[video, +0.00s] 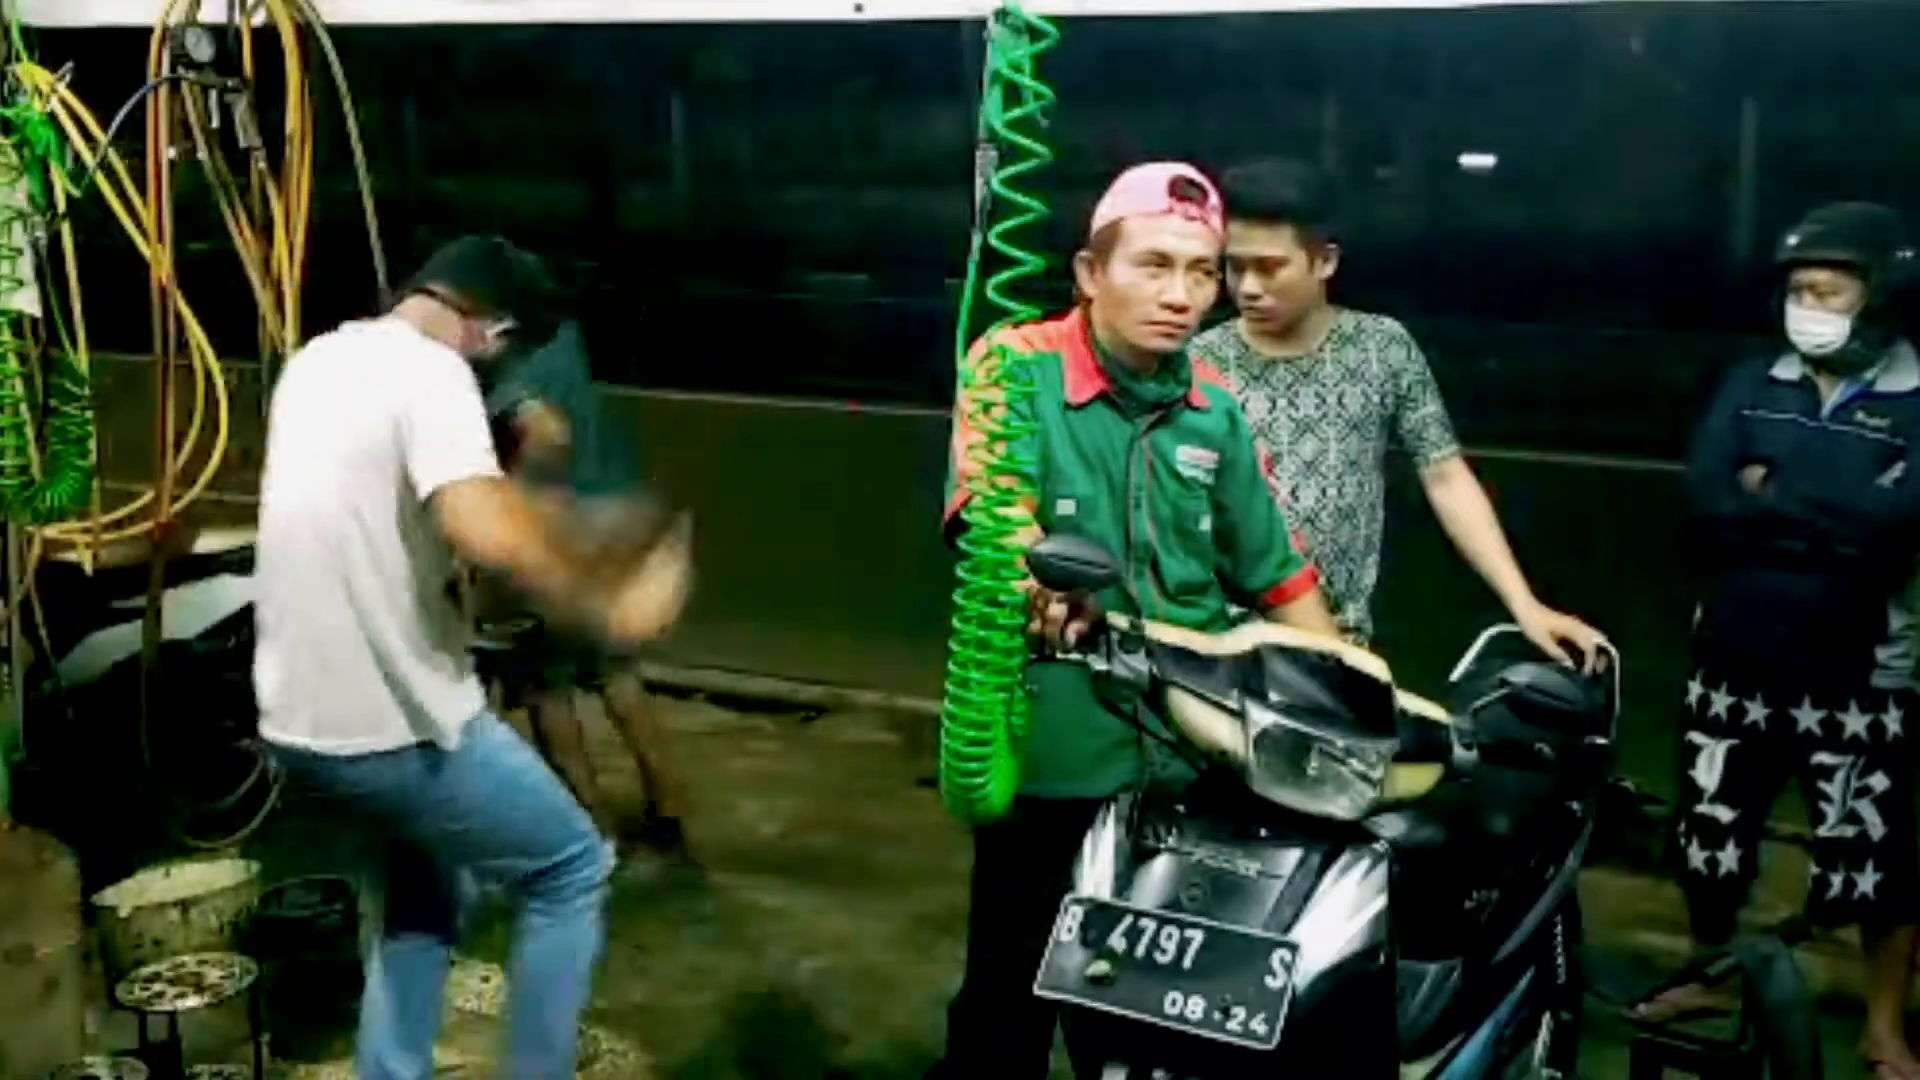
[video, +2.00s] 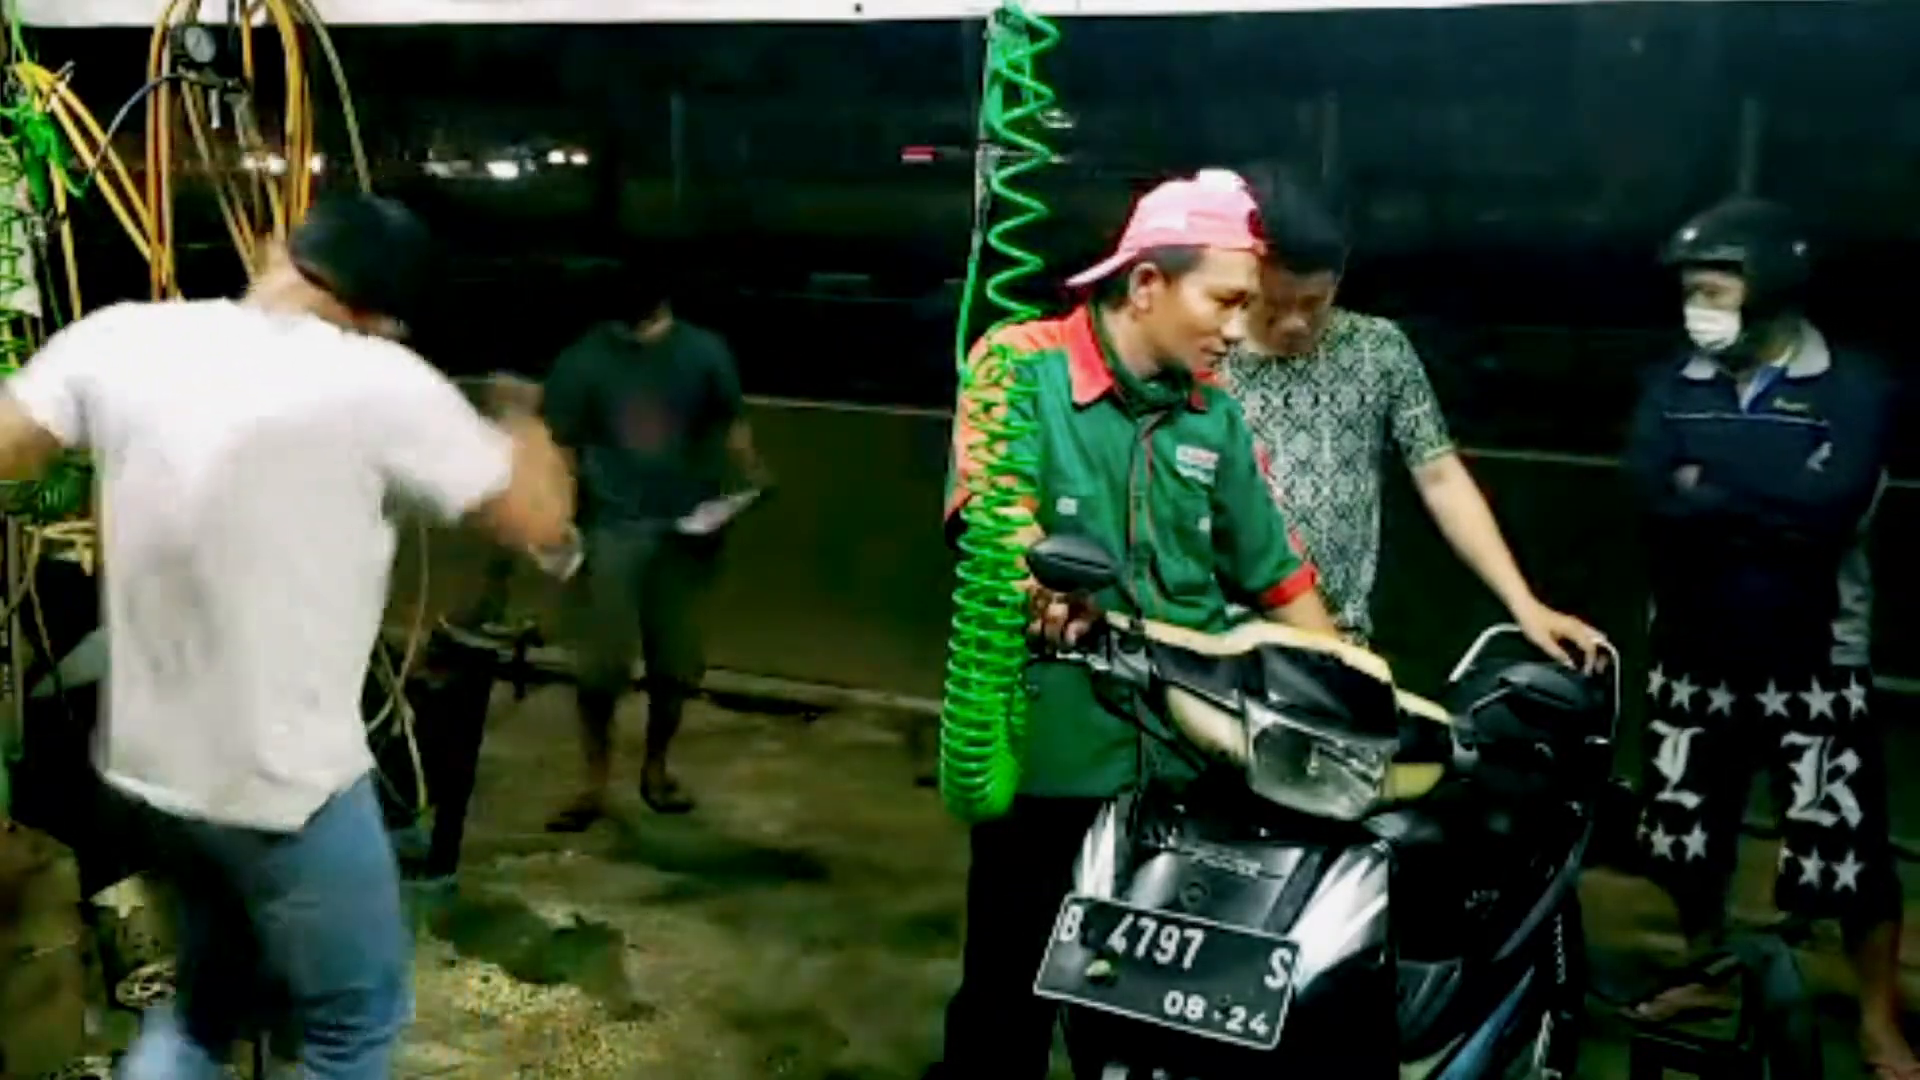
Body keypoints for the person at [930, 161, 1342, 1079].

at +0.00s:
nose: (1181, 295)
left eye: (1201, 274)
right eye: (1155, 267)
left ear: (1217, 288)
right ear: (1091, 274)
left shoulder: (1212, 411)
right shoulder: (1015, 367)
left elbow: (1285, 583)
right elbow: (987, 509)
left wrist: (1354, 698)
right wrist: (1041, 594)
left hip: (1187, 756)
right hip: (1050, 755)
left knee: (1157, 1012)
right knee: (1006, 1013)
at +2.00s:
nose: (1236, 329)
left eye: (1245, 308)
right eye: (1225, 302)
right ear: (1148, 285)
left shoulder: (1213, 415)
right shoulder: (1019, 367)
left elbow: (1282, 581)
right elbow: (990, 512)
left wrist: (1354, 689)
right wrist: (1044, 597)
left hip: (1183, 760)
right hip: (1048, 759)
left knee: (1152, 1017)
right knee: (1005, 1016)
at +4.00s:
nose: (1169, 303)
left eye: (1194, 282)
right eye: (1146, 274)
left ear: (1217, 296)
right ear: (1090, 274)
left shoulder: (1215, 412)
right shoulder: (1017, 367)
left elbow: (1282, 584)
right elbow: (987, 509)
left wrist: (1344, 699)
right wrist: (1043, 596)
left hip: (1188, 754)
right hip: (1050, 752)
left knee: (1159, 1009)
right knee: (1007, 1010)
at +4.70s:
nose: (1045, 322)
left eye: (1069, 298)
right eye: (1031, 298)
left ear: (1138, 294)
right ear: (1014, 296)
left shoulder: (1189, 409)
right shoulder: (969, 386)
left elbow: (1283, 588)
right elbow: (943, 557)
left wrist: (1353, 678)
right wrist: (1037, 596)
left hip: (1161, 773)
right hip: (1015, 776)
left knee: (1141, 1036)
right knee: (943, 1025)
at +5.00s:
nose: (952, 335)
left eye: (977, 313)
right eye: (941, 310)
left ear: (1059, 306)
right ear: (927, 300)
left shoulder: (1135, 407)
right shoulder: (902, 407)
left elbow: (1241, 596)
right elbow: (885, 604)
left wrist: (1337, 663)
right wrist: (1012, 648)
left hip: (1121, 774)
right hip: (960, 775)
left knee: (1135, 1023)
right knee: (890, 1018)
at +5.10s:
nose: (903, 345)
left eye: (926, 319)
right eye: (888, 318)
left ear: (1006, 306)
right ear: (873, 308)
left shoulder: (1100, 408)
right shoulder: (861, 418)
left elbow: (1211, 586)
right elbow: (853, 616)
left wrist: (1325, 652)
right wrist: (970, 713)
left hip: (1092, 792)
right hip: (922, 790)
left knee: (1135, 1033)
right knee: (863, 1039)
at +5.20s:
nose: (842, 336)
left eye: (864, 311)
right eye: (829, 312)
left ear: (950, 293)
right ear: (816, 303)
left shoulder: (1054, 404)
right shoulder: (818, 420)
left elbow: (1171, 591)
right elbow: (801, 624)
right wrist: (869, 776)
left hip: (1049, 812)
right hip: (876, 809)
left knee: (1112, 1051)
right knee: (847, 1056)